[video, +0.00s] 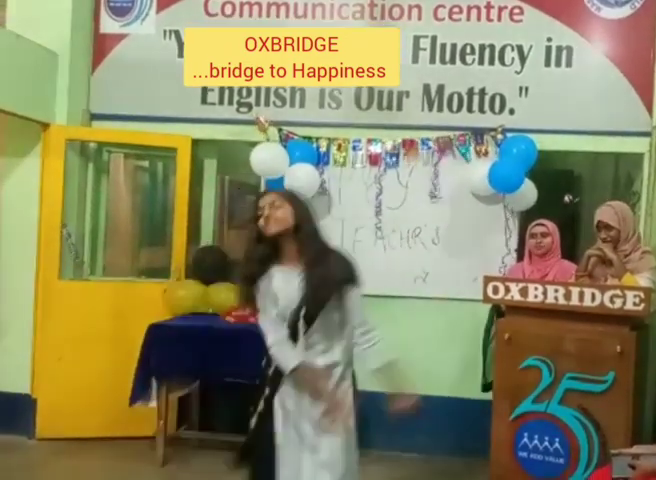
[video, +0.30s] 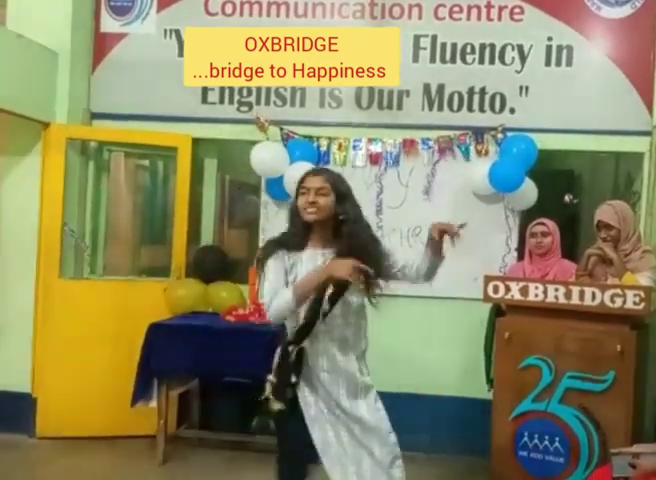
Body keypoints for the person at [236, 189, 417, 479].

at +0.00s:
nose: (266, 214)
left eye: (275, 206)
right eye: (262, 210)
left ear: (298, 213)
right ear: (259, 222)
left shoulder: (335, 266)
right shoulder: (266, 277)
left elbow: (360, 331)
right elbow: (273, 335)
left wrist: (394, 384)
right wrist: (304, 373)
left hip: (332, 387)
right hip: (287, 388)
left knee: (330, 468)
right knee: (288, 468)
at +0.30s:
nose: (311, 200)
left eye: (321, 193)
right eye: (304, 193)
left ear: (339, 202)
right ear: (296, 201)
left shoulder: (356, 249)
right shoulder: (281, 254)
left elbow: (419, 274)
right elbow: (273, 310)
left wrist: (435, 240)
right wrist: (324, 272)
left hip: (352, 388)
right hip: (299, 387)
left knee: (387, 464)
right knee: (292, 470)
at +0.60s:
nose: (266, 226)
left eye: (276, 218)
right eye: (260, 217)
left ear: (295, 225)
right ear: (251, 223)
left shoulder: (310, 276)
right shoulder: (244, 273)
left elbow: (307, 343)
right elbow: (232, 338)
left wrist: (289, 411)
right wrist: (234, 410)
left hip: (298, 392)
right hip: (253, 392)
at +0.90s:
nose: (224, 204)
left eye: (235, 196)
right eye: (218, 195)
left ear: (256, 202)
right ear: (210, 200)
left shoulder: (271, 257)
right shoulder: (213, 250)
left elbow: (254, 314)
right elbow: (166, 290)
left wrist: (196, 319)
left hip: (246, 368)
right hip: (210, 363)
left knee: (219, 456)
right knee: (200, 449)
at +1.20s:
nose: (207, 197)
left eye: (218, 191)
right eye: (206, 190)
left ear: (241, 201)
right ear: (202, 197)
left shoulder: (263, 264)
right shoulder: (200, 250)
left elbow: (262, 339)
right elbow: (133, 235)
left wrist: (239, 402)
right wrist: (127, 181)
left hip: (236, 381)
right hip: (197, 375)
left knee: (229, 466)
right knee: (194, 462)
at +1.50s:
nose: (277, 190)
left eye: (287, 183)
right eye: (269, 183)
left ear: (303, 193)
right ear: (260, 192)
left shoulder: (319, 248)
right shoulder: (255, 245)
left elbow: (334, 314)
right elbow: (224, 193)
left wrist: (342, 375)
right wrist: (255, 154)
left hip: (313, 370)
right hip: (267, 367)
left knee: (325, 462)